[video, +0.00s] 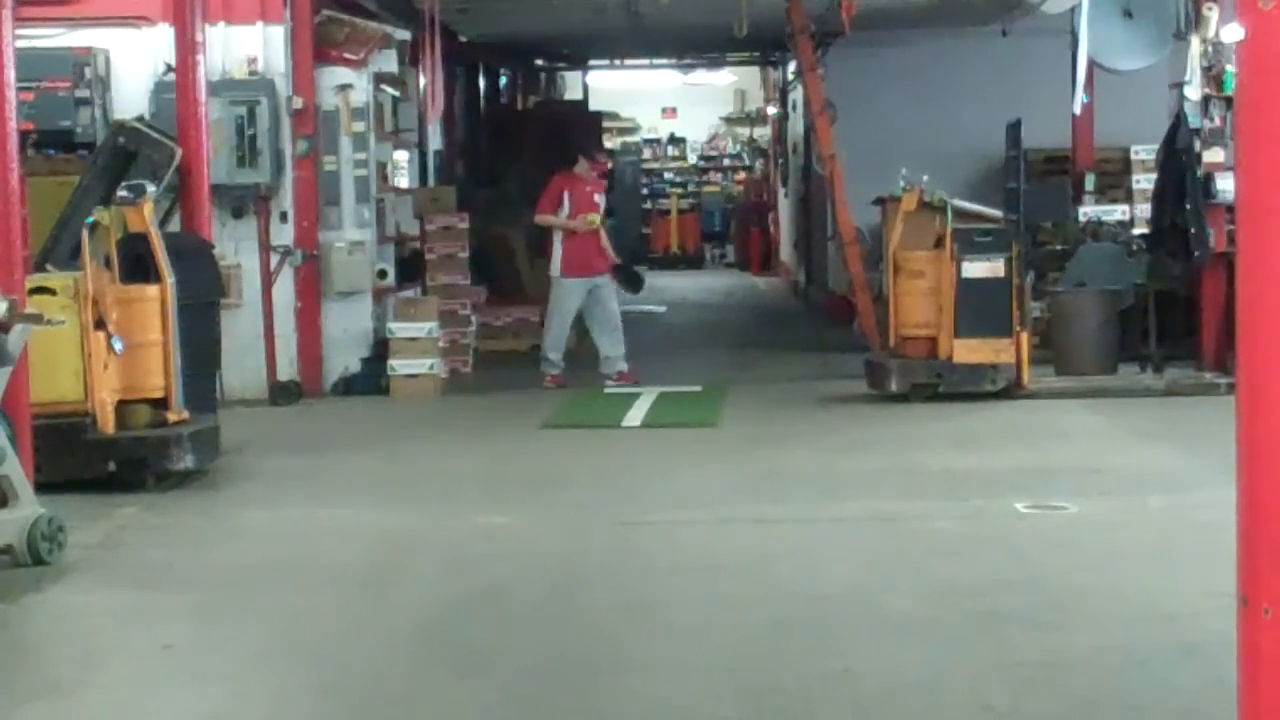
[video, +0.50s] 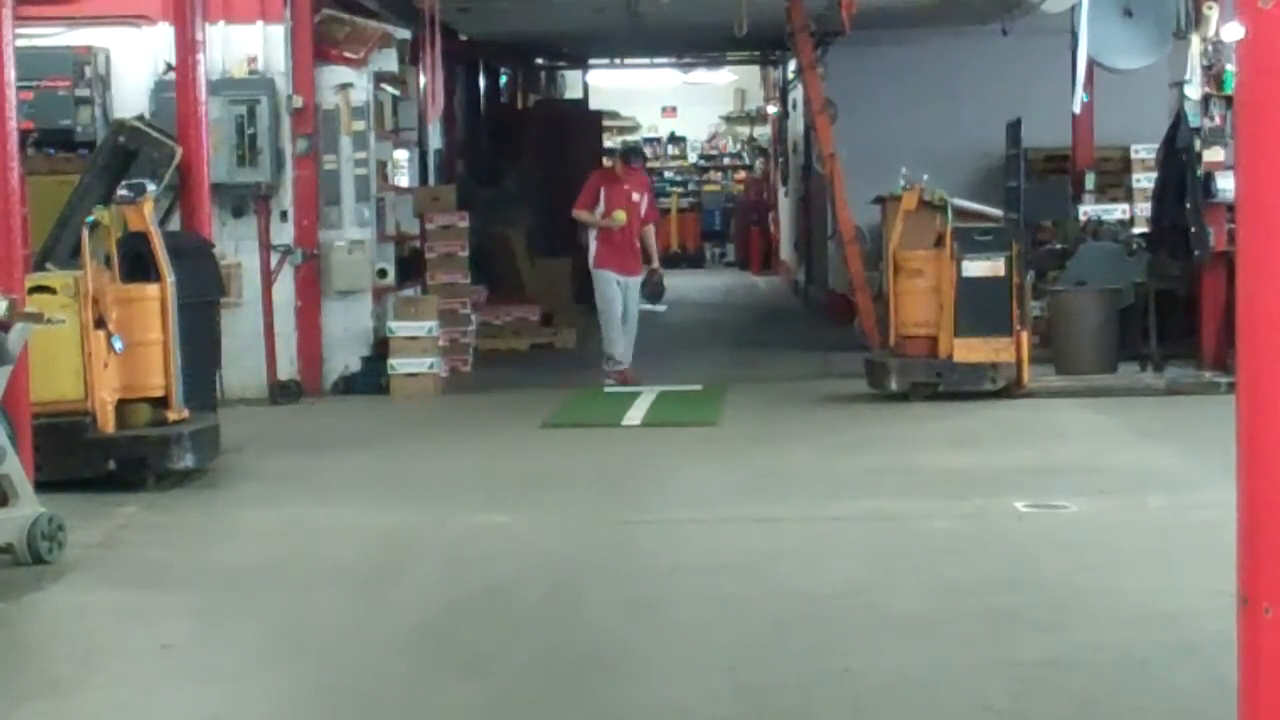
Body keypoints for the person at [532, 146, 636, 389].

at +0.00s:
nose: (597, 172)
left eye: (600, 167)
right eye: (594, 166)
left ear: (601, 166)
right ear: (581, 160)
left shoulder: (599, 186)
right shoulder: (561, 181)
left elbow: (598, 225)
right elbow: (541, 216)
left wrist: (611, 255)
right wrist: (573, 225)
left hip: (599, 270)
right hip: (569, 272)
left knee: (609, 320)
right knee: (559, 322)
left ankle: (616, 369)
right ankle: (551, 369)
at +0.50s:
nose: (629, 174)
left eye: (634, 170)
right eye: (626, 169)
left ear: (640, 166)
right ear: (616, 161)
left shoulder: (642, 182)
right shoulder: (599, 178)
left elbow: (647, 224)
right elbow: (578, 211)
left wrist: (654, 259)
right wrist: (602, 222)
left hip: (632, 262)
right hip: (605, 260)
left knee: (631, 313)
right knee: (612, 311)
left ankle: (624, 364)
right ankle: (613, 364)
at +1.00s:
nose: (638, 175)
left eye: (642, 171)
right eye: (634, 171)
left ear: (648, 163)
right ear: (624, 164)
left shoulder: (652, 175)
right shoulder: (612, 182)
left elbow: (665, 206)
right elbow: (599, 222)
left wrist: (677, 234)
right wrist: (633, 224)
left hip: (657, 260)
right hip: (631, 263)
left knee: (665, 309)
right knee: (637, 313)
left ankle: (633, 354)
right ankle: (646, 364)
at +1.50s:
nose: (642, 174)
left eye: (646, 169)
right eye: (637, 170)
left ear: (653, 162)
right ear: (629, 165)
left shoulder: (664, 174)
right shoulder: (619, 179)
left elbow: (682, 206)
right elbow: (594, 218)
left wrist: (697, 239)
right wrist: (614, 243)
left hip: (666, 259)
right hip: (635, 262)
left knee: (677, 311)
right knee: (638, 315)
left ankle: (685, 365)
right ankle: (647, 366)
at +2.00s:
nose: (639, 174)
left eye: (643, 169)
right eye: (634, 171)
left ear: (651, 160)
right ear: (628, 165)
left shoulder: (669, 173)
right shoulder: (621, 178)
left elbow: (690, 205)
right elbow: (600, 216)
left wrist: (703, 237)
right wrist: (619, 241)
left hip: (671, 261)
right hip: (638, 264)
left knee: (680, 314)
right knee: (638, 316)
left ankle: (685, 365)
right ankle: (648, 366)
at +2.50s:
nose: (646, 172)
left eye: (649, 168)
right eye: (642, 169)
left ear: (656, 161)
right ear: (634, 164)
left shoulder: (671, 173)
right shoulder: (624, 177)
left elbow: (690, 206)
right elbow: (598, 214)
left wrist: (704, 237)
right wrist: (619, 239)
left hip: (671, 259)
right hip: (639, 262)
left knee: (680, 311)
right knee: (639, 314)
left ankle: (685, 364)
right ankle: (648, 365)